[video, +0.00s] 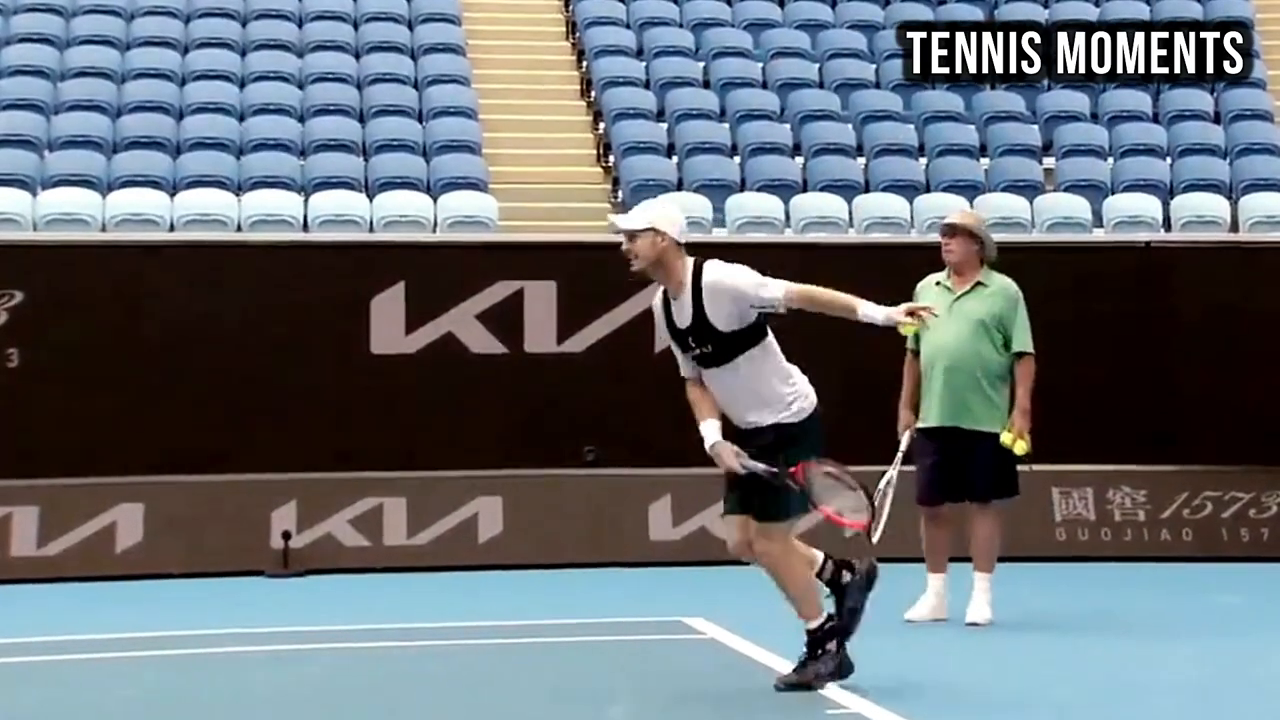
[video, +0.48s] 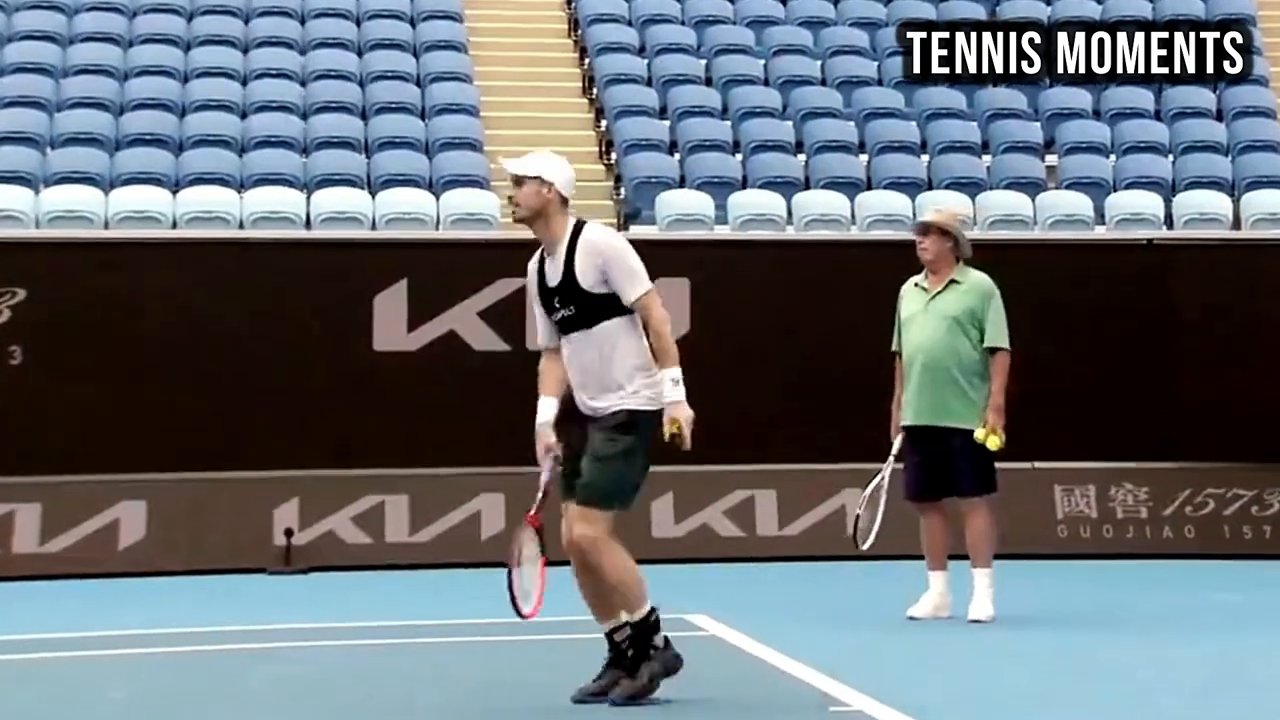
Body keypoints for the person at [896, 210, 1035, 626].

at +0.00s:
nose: (944, 242)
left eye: (953, 236)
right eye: (943, 236)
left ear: (976, 243)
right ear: (942, 245)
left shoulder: (1005, 291)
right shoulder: (928, 288)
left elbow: (1024, 356)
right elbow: (913, 354)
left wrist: (1021, 411)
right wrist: (906, 406)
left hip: (986, 419)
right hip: (933, 417)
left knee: (983, 505)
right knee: (932, 508)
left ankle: (982, 595)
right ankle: (935, 593)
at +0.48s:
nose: (918, 242)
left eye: (927, 235)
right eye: (918, 236)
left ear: (951, 241)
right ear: (920, 244)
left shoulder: (981, 287)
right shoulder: (909, 291)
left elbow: (999, 351)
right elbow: (901, 359)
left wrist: (996, 404)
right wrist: (898, 414)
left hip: (967, 417)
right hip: (919, 416)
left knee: (973, 502)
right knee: (928, 504)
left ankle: (982, 590)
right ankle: (938, 591)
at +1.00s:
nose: (911, 233)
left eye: (919, 226)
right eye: (910, 227)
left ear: (943, 230)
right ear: (914, 234)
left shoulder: (974, 274)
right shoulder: (904, 281)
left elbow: (992, 337)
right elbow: (897, 349)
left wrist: (987, 389)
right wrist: (892, 403)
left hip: (962, 404)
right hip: (916, 405)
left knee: (971, 489)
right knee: (927, 492)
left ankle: (981, 577)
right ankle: (939, 579)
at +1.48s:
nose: (924, 212)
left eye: (932, 206)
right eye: (922, 206)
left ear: (955, 211)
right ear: (921, 213)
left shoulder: (985, 256)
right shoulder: (911, 261)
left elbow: (1004, 320)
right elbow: (902, 327)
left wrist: (999, 375)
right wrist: (897, 379)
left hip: (972, 385)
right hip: (923, 385)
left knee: (977, 470)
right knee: (933, 473)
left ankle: (985, 558)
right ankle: (941, 559)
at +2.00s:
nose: (974, 194)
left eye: (983, 188)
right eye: (971, 188)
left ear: (1004, 193)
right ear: (968, 195)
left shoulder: (1034, 240)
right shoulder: (957, 241)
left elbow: (1052, 306)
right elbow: (948, 307)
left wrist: (1049, 362)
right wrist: (943, 358)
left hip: (1019, 370)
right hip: (969, 369)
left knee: (1017, 456)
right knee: (972, 458)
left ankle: (1016, 543)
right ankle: (970, 542)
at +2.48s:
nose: (1001, 195)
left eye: (1010, 189)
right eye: (998, 189)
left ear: (1032, 197)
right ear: (994, 196)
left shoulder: (1058, 243)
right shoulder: (979, 242)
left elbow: (1075, 309)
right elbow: (966, 310)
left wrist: (1070, 363)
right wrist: (959, 366)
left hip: (1036, 373)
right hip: (984, 370)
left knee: (1028, 458)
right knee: (974, 454)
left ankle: (1023, 545)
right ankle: (981, 538)